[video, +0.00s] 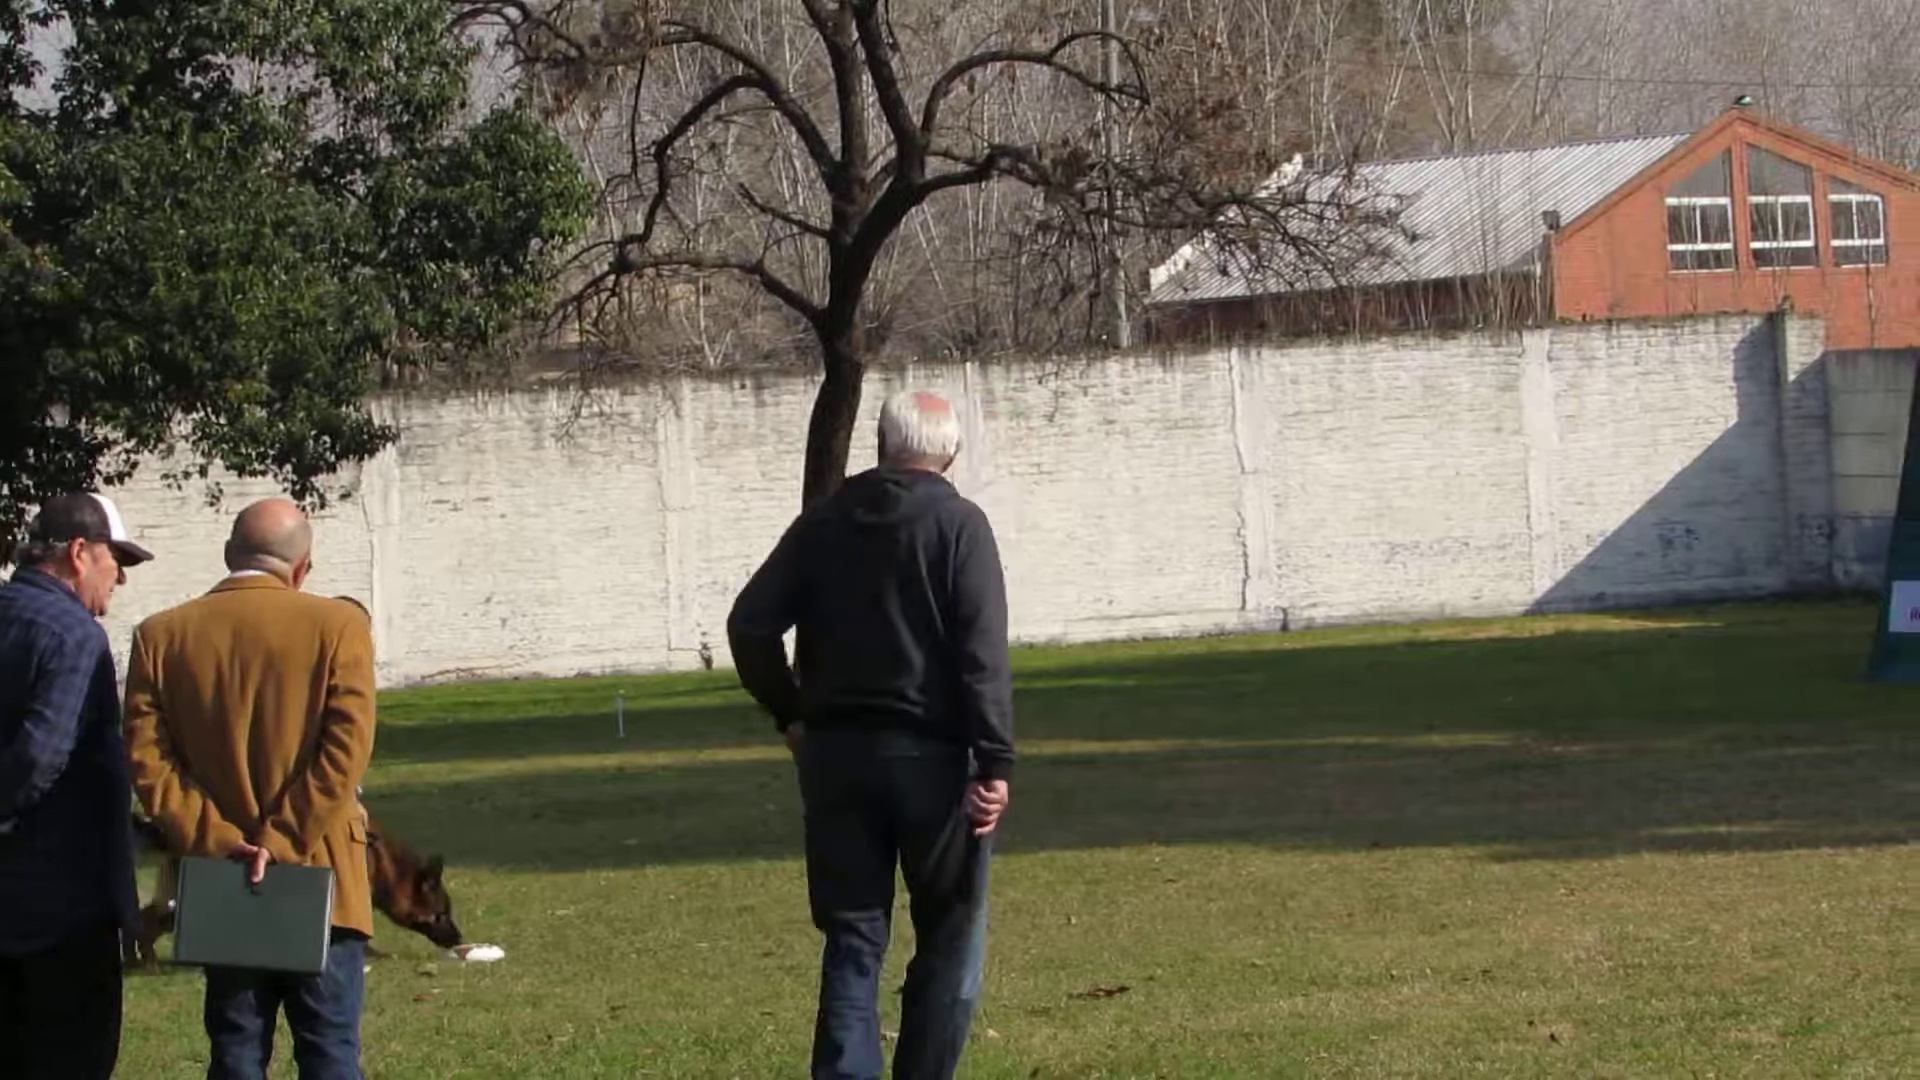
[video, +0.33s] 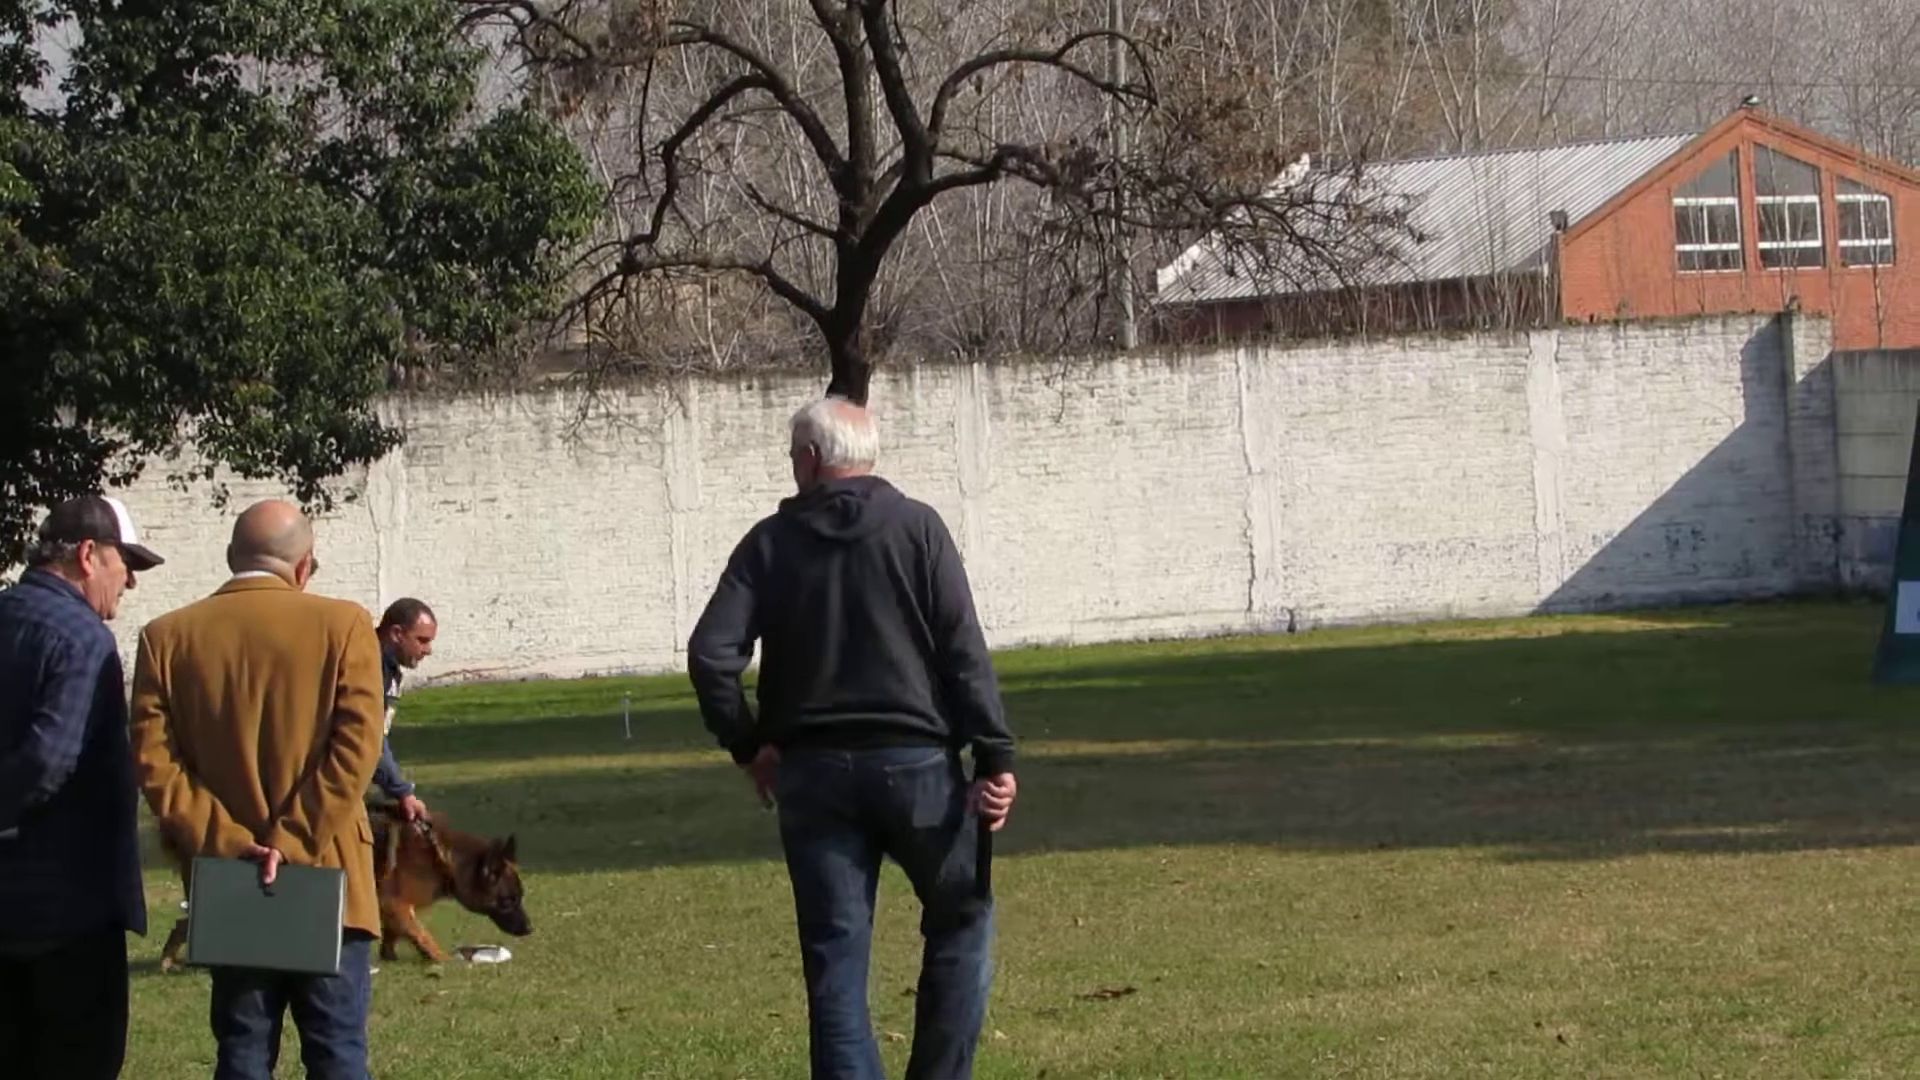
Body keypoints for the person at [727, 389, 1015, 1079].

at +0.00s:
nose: (958, 460)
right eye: (957, 451)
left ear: (883, 444)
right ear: (952, 453)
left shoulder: (826, 517)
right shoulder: (959, 522)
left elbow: (750, 623)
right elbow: (982, 650)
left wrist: (790, 714)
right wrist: (995, 760)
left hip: (835, 759)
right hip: (935, 762)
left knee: (851, 934)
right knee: (951, 936)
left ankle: (844, 1072)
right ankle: (923, 1071)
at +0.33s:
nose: (791, 468)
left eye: (793, 457)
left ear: (807, 459)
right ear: (873, 455)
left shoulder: (769, 541)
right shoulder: (917, 527)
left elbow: (710, 654)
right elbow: (964, 653)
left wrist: (749, 745)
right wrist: (995, 758)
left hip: (811, 778)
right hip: (916, 770)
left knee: (834, 954)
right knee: (960, 920)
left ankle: (847, 1075)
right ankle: (941, 1072)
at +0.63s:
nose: (763, 468)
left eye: (763, 459)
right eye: (766, 459)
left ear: (773, 463)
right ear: (843, 454)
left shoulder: (749, 545)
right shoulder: (897, 518)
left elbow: (696, 661)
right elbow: (952, 638)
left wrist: (738, 753)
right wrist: (992, 742)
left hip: (806, 774)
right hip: (913, 762)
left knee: (828, 968)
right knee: (947, 938)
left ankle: (845, 1076)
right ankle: (951, 1072)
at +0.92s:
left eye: (764, 456)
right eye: (845, 444)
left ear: (768, 460)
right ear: (842, 449)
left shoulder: (740, 545)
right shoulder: (887, 518)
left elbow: (688, 664)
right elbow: (940, 641)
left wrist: (735, 749)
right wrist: (981, 744)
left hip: (799, 773)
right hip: (903, 762)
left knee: (824, 962)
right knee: (949, 929)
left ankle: (844, 1075)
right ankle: (943, 1072)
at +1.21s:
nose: (864, 445)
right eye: (864, 436)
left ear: (788, 444)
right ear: (862, 439)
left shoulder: (753, 528)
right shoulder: (893, 508)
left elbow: (694, 646)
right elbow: (940, 636)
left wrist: (747, 734)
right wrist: (976, 743)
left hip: (801, 760)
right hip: (898, 755)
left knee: (824, 957)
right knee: (918, 945)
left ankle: (837, 1074)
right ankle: (910, 1073)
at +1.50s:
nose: (890, 326)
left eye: (886, 316)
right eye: (888, 316)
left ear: (803, 322)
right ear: (881, 321)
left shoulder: (765, 401)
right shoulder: (899, 391)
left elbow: (700, 516)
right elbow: (938, 521)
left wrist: (751, 602)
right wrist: (970, 627)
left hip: (800, 640)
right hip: (891, 636)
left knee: (819, 826)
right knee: (900, 822)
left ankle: (833, 1009)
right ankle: (888, 1016)